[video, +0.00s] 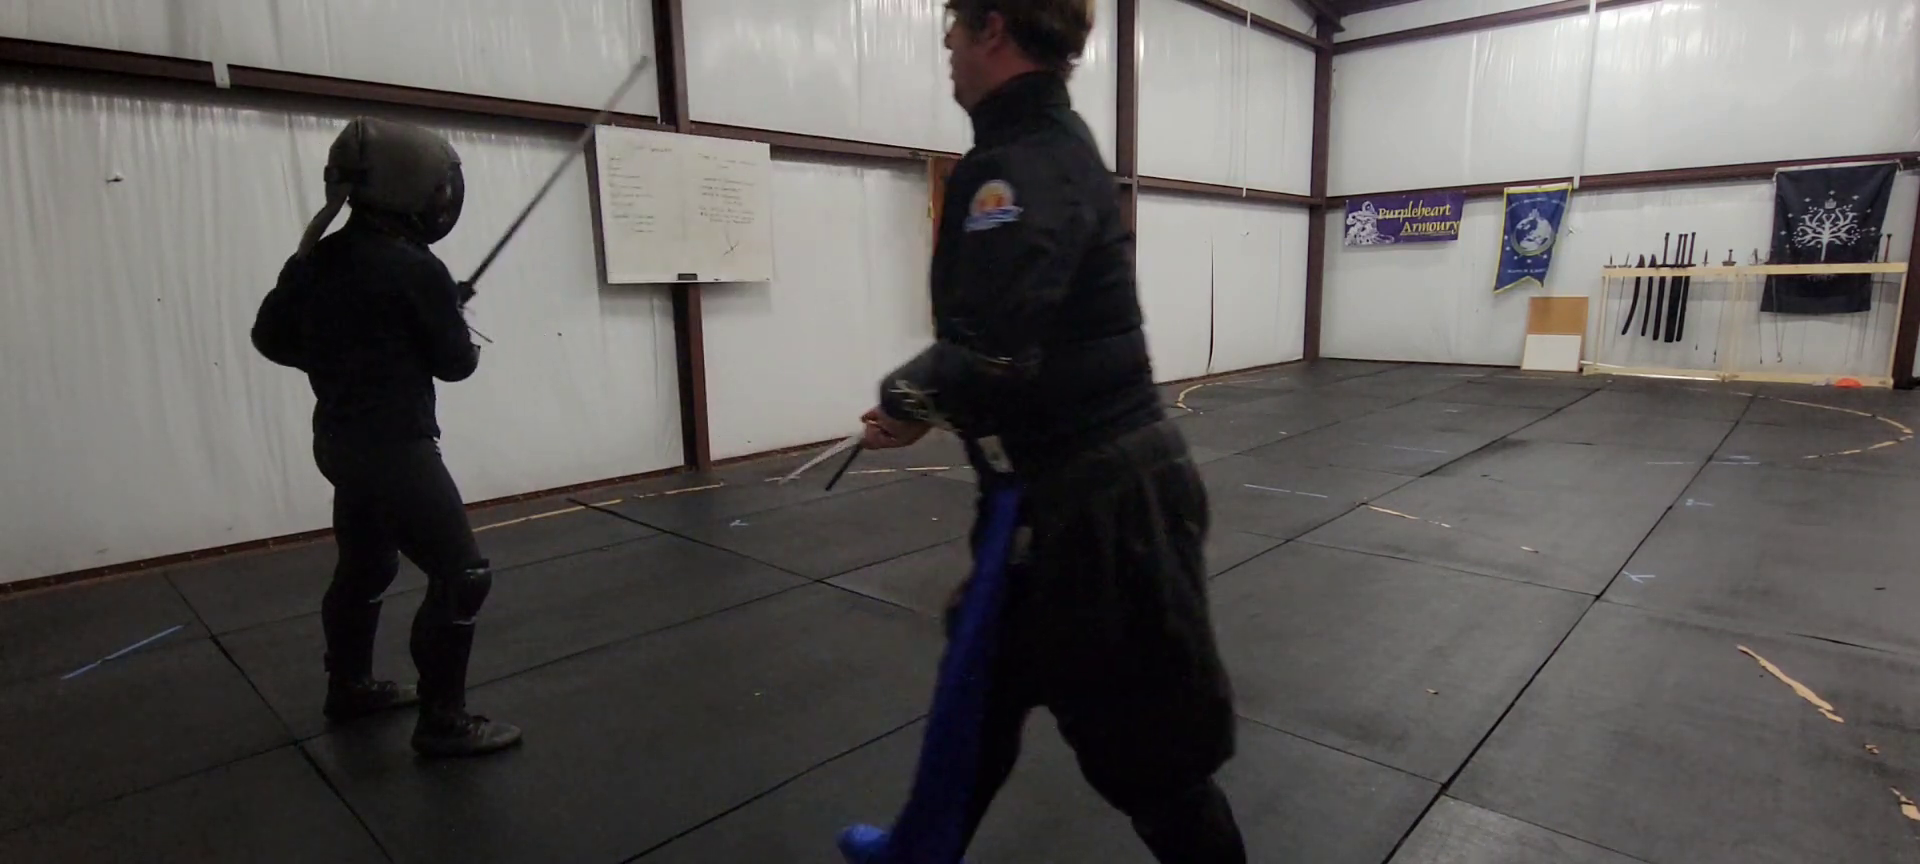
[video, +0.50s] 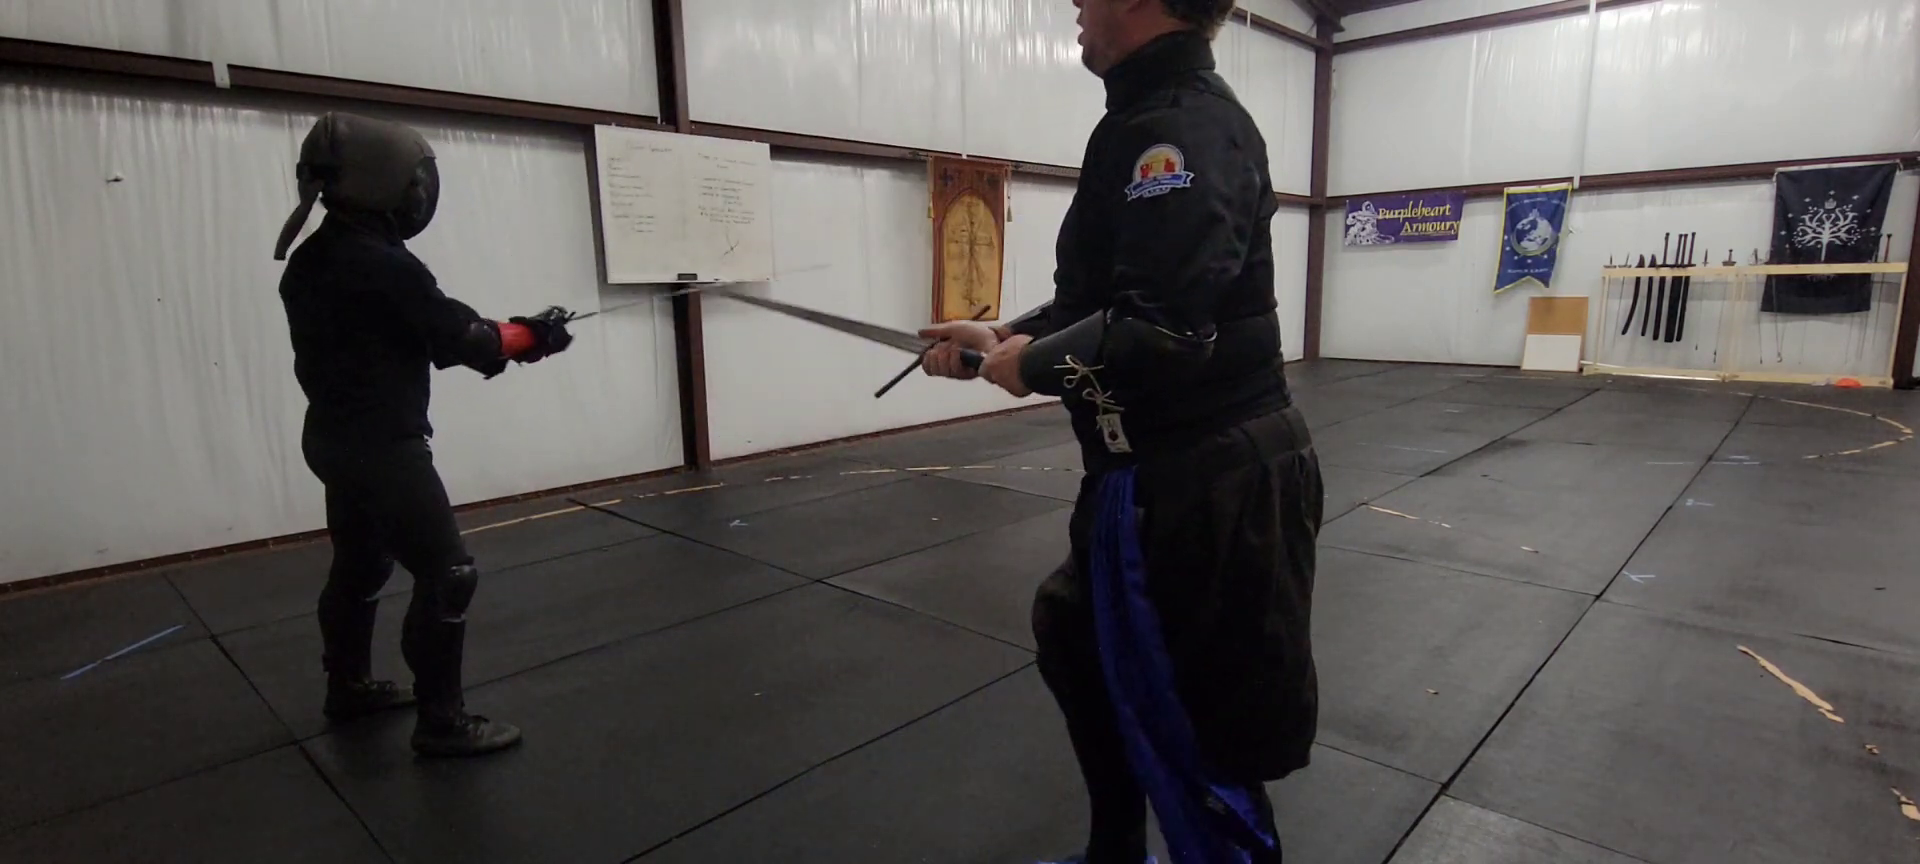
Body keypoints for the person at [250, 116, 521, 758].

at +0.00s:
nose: (449, 201)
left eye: (449, 188)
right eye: (444, 189)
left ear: (361, 189)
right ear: (424, 196)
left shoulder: (317, 261)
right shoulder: (416, 268)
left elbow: (269, 335)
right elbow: (455, 361)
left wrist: (339, 353)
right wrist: (449, 306)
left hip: (341, 446)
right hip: (402, 451)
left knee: (364, 565)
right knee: (461, 576)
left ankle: (350, 689)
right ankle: (444, 720)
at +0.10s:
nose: (451, 199)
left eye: (451, 185)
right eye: (446, 187)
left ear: (361, 189)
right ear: (423, 195)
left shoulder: (316, 261)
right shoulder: (416, 270)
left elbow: (263, 336)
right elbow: (455, 360)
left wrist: (332, 359)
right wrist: (455, 326)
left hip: (340, 444)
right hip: (400, 448)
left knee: (363, 566)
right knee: (460, 575)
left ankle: (350, 689)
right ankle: (444, 720)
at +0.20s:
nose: (447, 200)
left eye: (447, 187)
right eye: (443, 188)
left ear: (359, 189)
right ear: (424, 196)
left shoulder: (317, 261)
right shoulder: (418, 272)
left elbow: (268, 336)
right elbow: (456, 360)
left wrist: (336, 348)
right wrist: (454, 311)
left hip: (337, 445)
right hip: (401, 452)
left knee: (362, 564)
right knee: (457, 576)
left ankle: (349, 688)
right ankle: (443, 720)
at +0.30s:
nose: (444, 196)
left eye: (442, 183)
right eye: (437, 184)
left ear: (357, 186)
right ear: (416, 193)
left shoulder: (312, 259)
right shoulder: (411, 271)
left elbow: (292, 343)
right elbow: (446, 360)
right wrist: (477, 338)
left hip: (335, 444)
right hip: (396, 448)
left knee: (361, 565)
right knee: (453, 575)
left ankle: (347, 688)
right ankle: (443, 721)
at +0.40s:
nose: (432, 193)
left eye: (430, 180)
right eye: (425, 181)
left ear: (342, 186)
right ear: (402, 190)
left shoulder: (303, 266)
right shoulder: (399, 270)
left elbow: (338, 354)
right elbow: (456, 349)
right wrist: (506, 340)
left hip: (333, 447)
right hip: (392, 450)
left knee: (357, 568)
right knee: (451, 575)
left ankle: (348, 687)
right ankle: (442, 719)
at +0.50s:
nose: (424, 192)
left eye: (422, 179)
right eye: (417, 180)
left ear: (340, 184)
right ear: (396, 189)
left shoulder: (307, 262)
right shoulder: (386, 266)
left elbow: (403, 330)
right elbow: (460, 339)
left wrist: (488, 333)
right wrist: (533, 338)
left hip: (334, 443)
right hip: (389, 449)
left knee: (358, 567)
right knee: (448, 575)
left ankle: (349, 689)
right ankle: (443, 721)